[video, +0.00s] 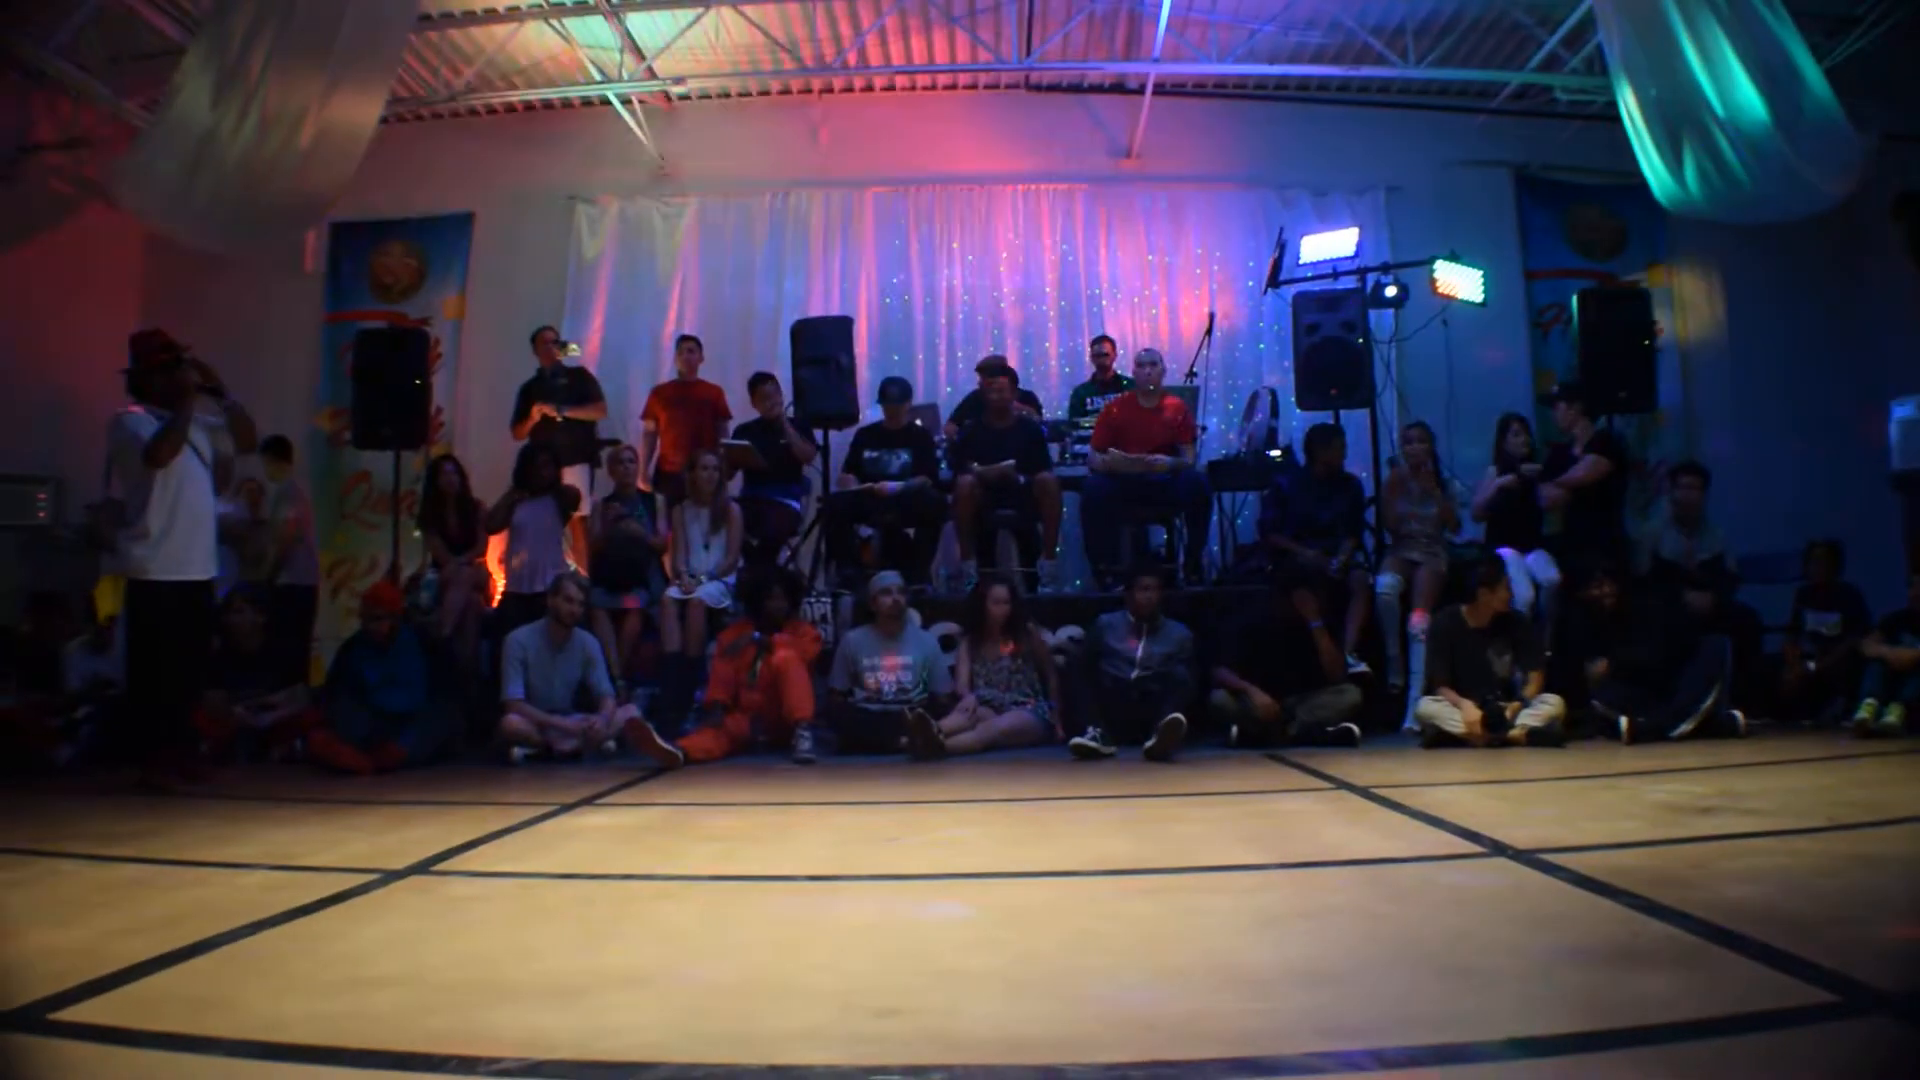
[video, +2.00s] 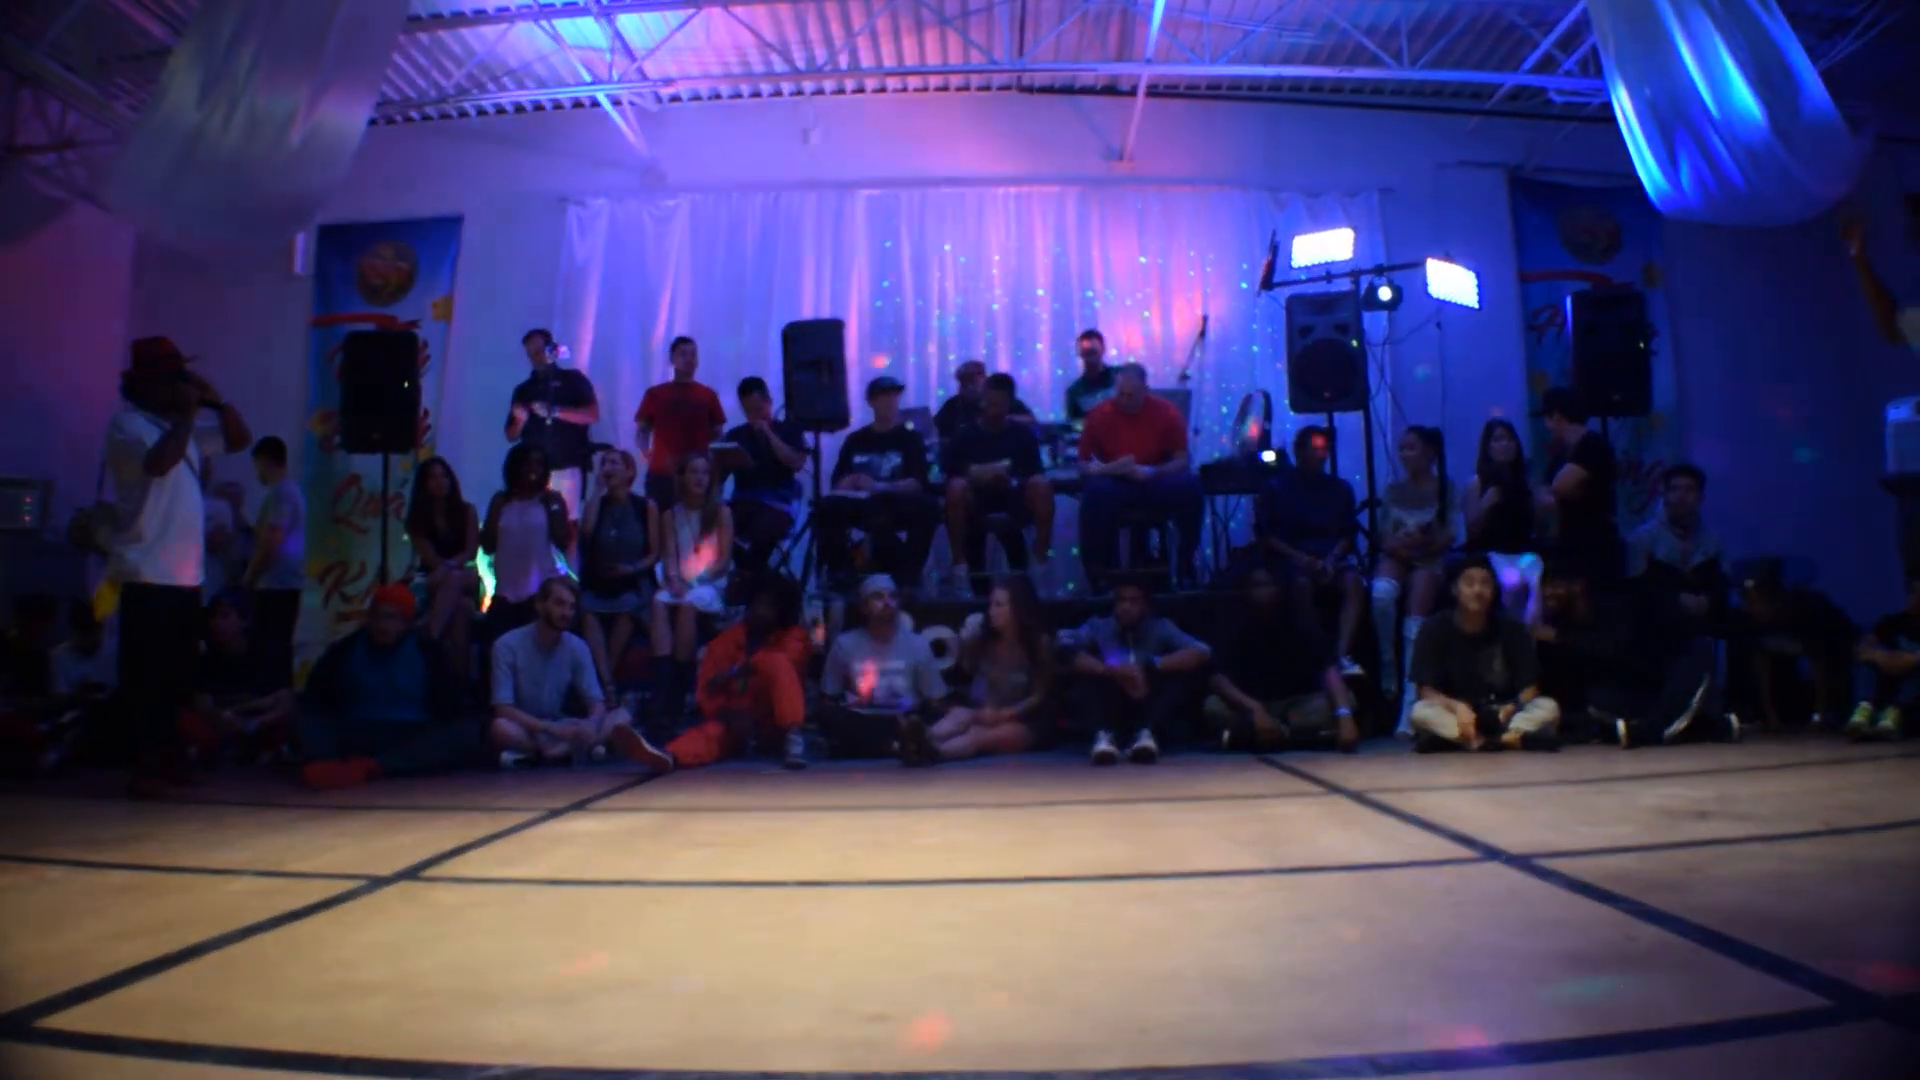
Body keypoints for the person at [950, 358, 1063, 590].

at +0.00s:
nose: (996, 397)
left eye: (1002, 391)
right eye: (992, 391)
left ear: (1014, 393)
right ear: (983, 394)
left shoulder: (1029, 428)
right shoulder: (971, 429)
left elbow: (1043, 468)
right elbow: (958, 467)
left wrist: (1012, 474)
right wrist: (984, 472)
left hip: (1020, 487)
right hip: (984, 489)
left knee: (1047, 481)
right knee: (965, 483)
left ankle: (1049, 559)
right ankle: (967, 561)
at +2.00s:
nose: (994, 410)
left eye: (1000, 404)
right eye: (990, 403)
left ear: (1009, 404)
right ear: (981, 403)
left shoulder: (1021, 432)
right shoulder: (966, 433)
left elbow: (1034, 470)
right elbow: (951, 471)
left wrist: (1008, 476)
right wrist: (976, 475)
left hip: (1012, 490)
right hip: (977, 491)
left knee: (1041, 487)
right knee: (957, 488)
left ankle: (1041, 558)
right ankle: (959, 563)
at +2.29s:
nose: (994, 412)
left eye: (1000, 405)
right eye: (989, 404)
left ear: (1009, 405)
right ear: (982, 403)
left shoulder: (1022, 432)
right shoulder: (965, 432)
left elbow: (1034, 469)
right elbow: (950, 469)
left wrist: (1008, 476)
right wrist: (975, 474)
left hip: (1012, 490)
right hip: (977, 491)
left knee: (1041, 486)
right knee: (956, 488)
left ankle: (1041, 562)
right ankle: (959, 566)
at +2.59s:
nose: (995, 411)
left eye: (1001, 406)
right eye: (990, 405)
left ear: (1010, 405)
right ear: (982, 404)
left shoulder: (1022, 433)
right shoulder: (965, 433)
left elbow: (1035, 471)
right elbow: (951, 471)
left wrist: (1009, 480)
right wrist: (976, 476)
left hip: (1011, 491)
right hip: (977, 492)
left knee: (1041, 486)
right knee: (956, 488)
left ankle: (1041, 563)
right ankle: (960, 566)